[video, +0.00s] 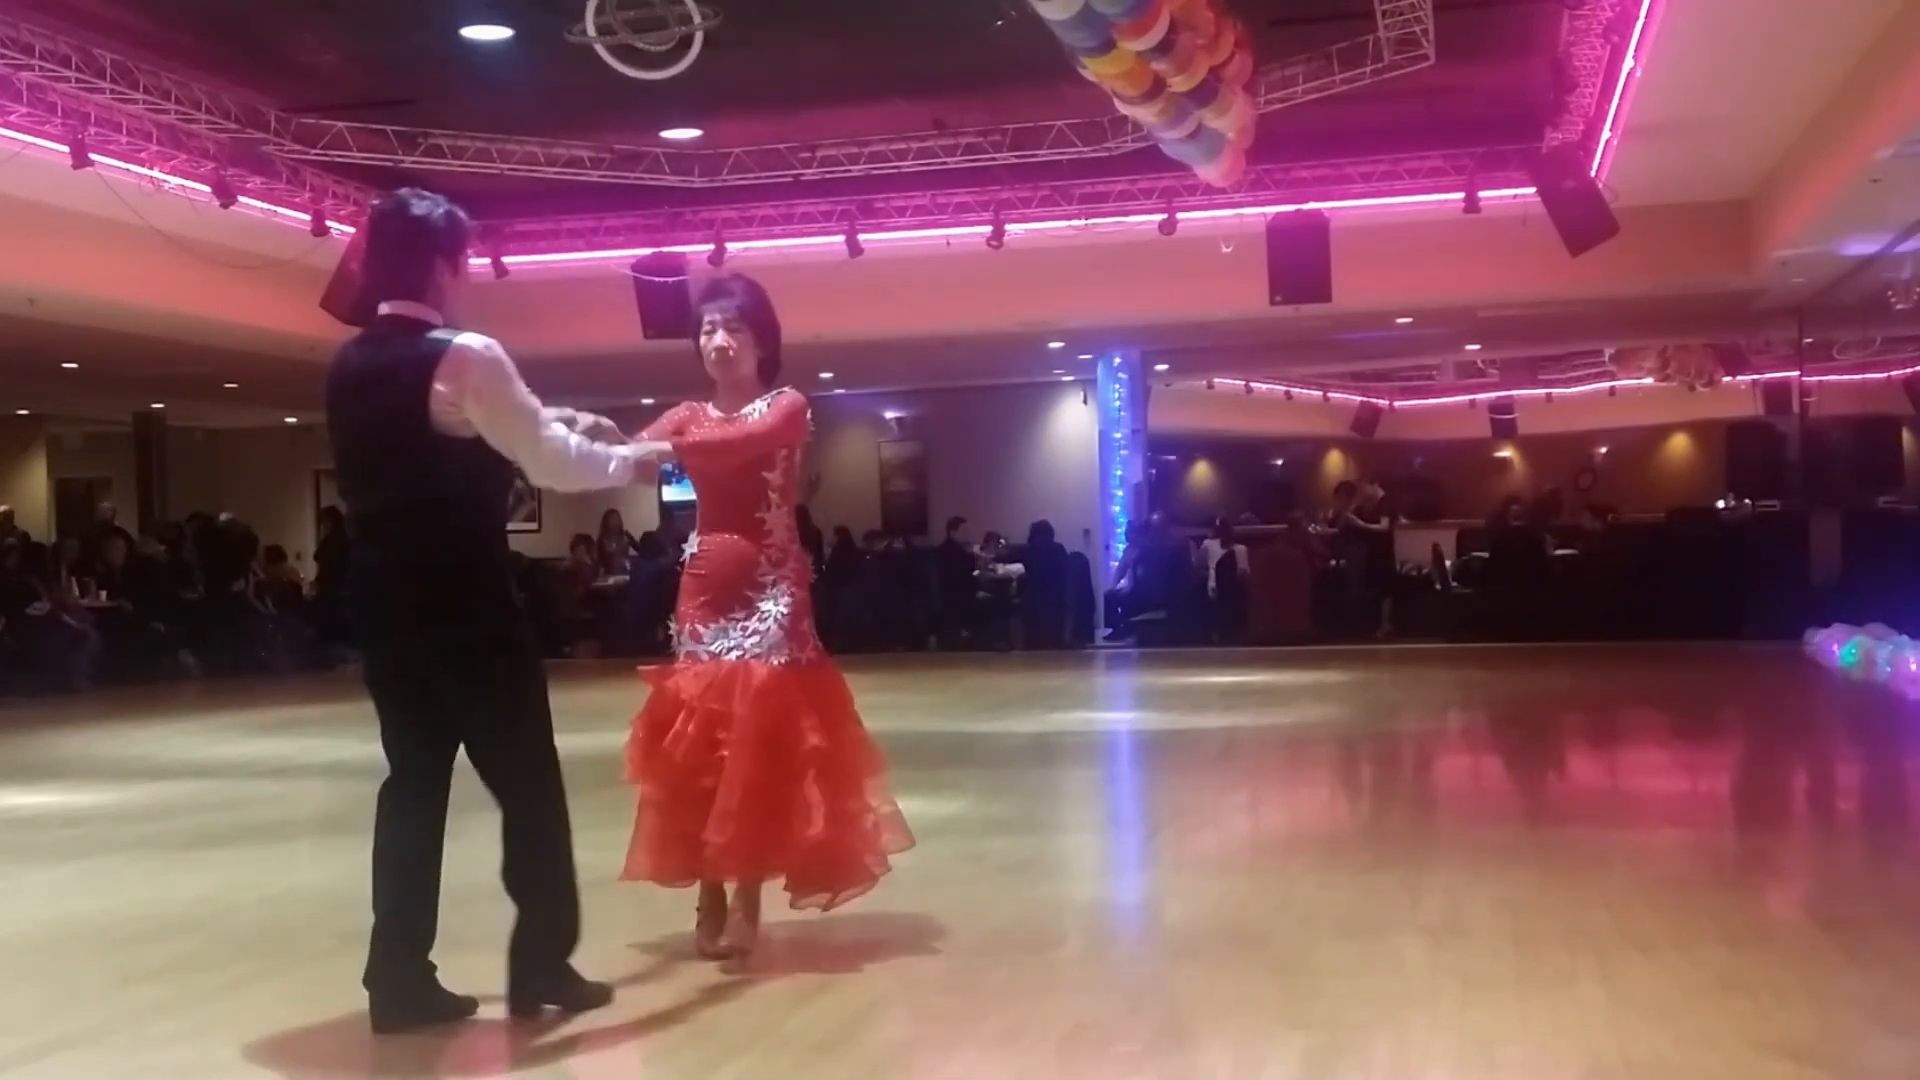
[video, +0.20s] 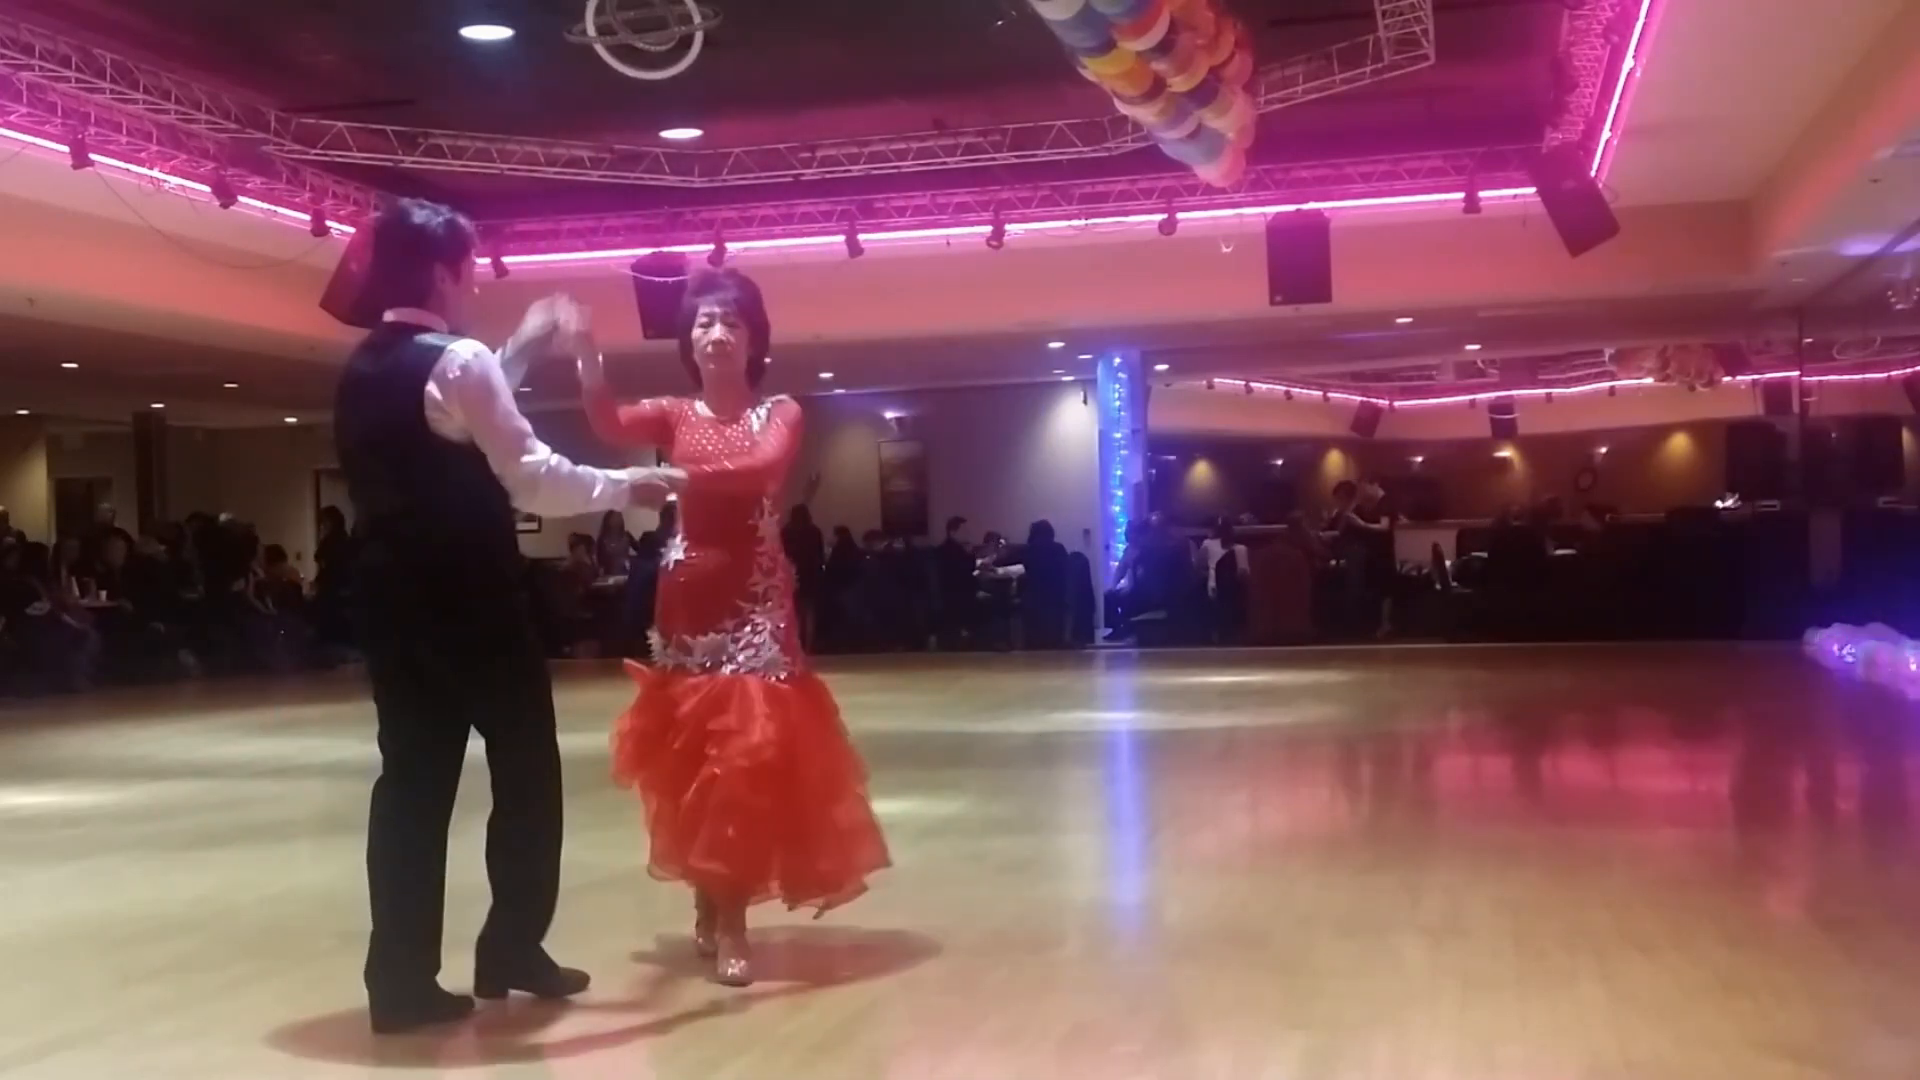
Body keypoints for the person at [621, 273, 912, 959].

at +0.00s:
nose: (720, 340)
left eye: (734, 328)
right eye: (708, 330)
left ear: (763, 338)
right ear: (698, 343)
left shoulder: (788, 404)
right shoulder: (686, 418)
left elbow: (736, 441)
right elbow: (627, 456)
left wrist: (663, 442)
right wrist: (576, 432)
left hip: (771, 586)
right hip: (703, 587)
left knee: (758, 736)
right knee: (707, 739)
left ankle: (747, 893)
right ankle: (709, 883)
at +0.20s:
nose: (713, 332)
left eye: (727, 322)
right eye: (703, 322)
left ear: (755, 340)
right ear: (688, 340)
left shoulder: (779, 411)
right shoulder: (673, 412)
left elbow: (766, 469)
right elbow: (608, 424)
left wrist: (679, 480)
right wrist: (588, 359)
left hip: (756, 592)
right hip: (687, 593)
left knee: (750, 752)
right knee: (695, 752)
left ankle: (731, 918)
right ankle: (708, 898)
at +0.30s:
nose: (715, 329)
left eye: (730, 320)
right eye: (705, 319)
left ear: (751, 340)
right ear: (688, 337)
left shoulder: (773, 418)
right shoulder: (665, 411)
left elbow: (784, 485)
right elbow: (607, 386)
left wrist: (698, 495)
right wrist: (597, 297)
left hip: (749, 593)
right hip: (679, 593)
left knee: (751, 750)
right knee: (683, 750)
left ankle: (733, 917)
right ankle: (685, 886)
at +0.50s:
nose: (707, 316)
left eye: (715, 306)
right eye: (694, 306)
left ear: (728, 320)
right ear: (664, 318)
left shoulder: (746, 405)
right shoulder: (650, 396)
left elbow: (784, 488)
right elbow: (643, 290)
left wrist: (709, 500)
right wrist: (654, 216)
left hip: (732, 587)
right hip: (667, 586)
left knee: (746, 753)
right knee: (678, 757)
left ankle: (735, 924)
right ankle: (641, 918)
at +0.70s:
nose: (685, 294)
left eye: (679, 283)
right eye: (674, 283)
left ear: (620, 302)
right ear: (646, 296)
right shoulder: (631, 366)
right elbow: (724, 299)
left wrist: (711, 491)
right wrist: (714, 276)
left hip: (677, 583)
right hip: (659, 587)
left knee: (703, 757)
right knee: (676, 764)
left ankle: (679, 924)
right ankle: (630, 941)